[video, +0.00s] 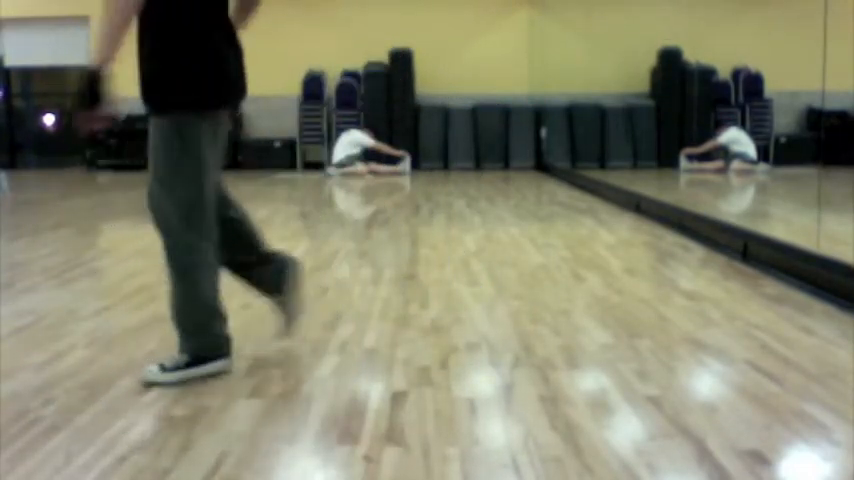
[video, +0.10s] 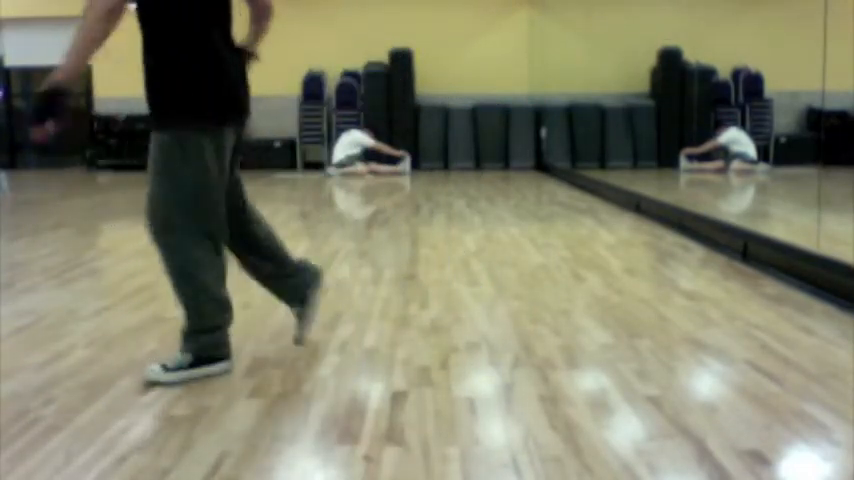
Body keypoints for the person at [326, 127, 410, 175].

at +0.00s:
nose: (368, 141)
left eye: (369, 139)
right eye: (369, 138)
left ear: (363, 132)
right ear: (366, 134)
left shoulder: (348, 135)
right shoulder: (356, 134)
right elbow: (378, 147)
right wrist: (399, 153)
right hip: (344, 165)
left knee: (372, 166)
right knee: (368, 167)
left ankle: (398, 169)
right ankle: (398, 169)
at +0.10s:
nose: (369, 141)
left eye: (369, 139)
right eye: (369, 138)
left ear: (364, 133)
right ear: (366, 135)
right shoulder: (356, 134)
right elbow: (378, 147)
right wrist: (398, 153)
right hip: (343, 165)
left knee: (372, 166)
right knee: (368, 167)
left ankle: (398, 169)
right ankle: (398, 169)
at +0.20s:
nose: (369, 141)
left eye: (370, 139)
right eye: (369, 138)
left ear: (364, 133)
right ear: (366, 134)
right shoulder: (357, 134)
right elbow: (378, 147)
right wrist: (398, 153)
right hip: (342, 166)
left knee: (372, 166)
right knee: (368, 168)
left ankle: (398, 169)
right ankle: (398, 169)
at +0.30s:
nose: (369, 141)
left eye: (370, 139)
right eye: (369, 139)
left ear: (363, 132)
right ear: (366, 134)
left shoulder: (349, 135)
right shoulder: (357, 135)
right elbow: (378, 147)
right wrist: (397, 153)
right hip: (345, 164)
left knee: (371, 166)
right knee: (369, 167)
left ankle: (397, 169)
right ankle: (398, 169)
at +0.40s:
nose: (369, 141)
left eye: (370, 139)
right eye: (369, 139)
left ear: (363, 132)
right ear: (366, 135)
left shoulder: (348, 135)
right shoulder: (357, 134)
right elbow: (378, 147)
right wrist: (397, 153)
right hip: (345, 164)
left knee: (371, 166)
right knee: (369, 167)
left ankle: (397, 169)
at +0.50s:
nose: (369, 141)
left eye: (370, 139)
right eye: (369, 139)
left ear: (363, 132)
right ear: (366, 135)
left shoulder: (348, 135)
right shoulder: (357, 134)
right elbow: (378, 147)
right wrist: (397, 153)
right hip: (345, 164)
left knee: (371, 166)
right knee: (369, 167)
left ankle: (397, 169)